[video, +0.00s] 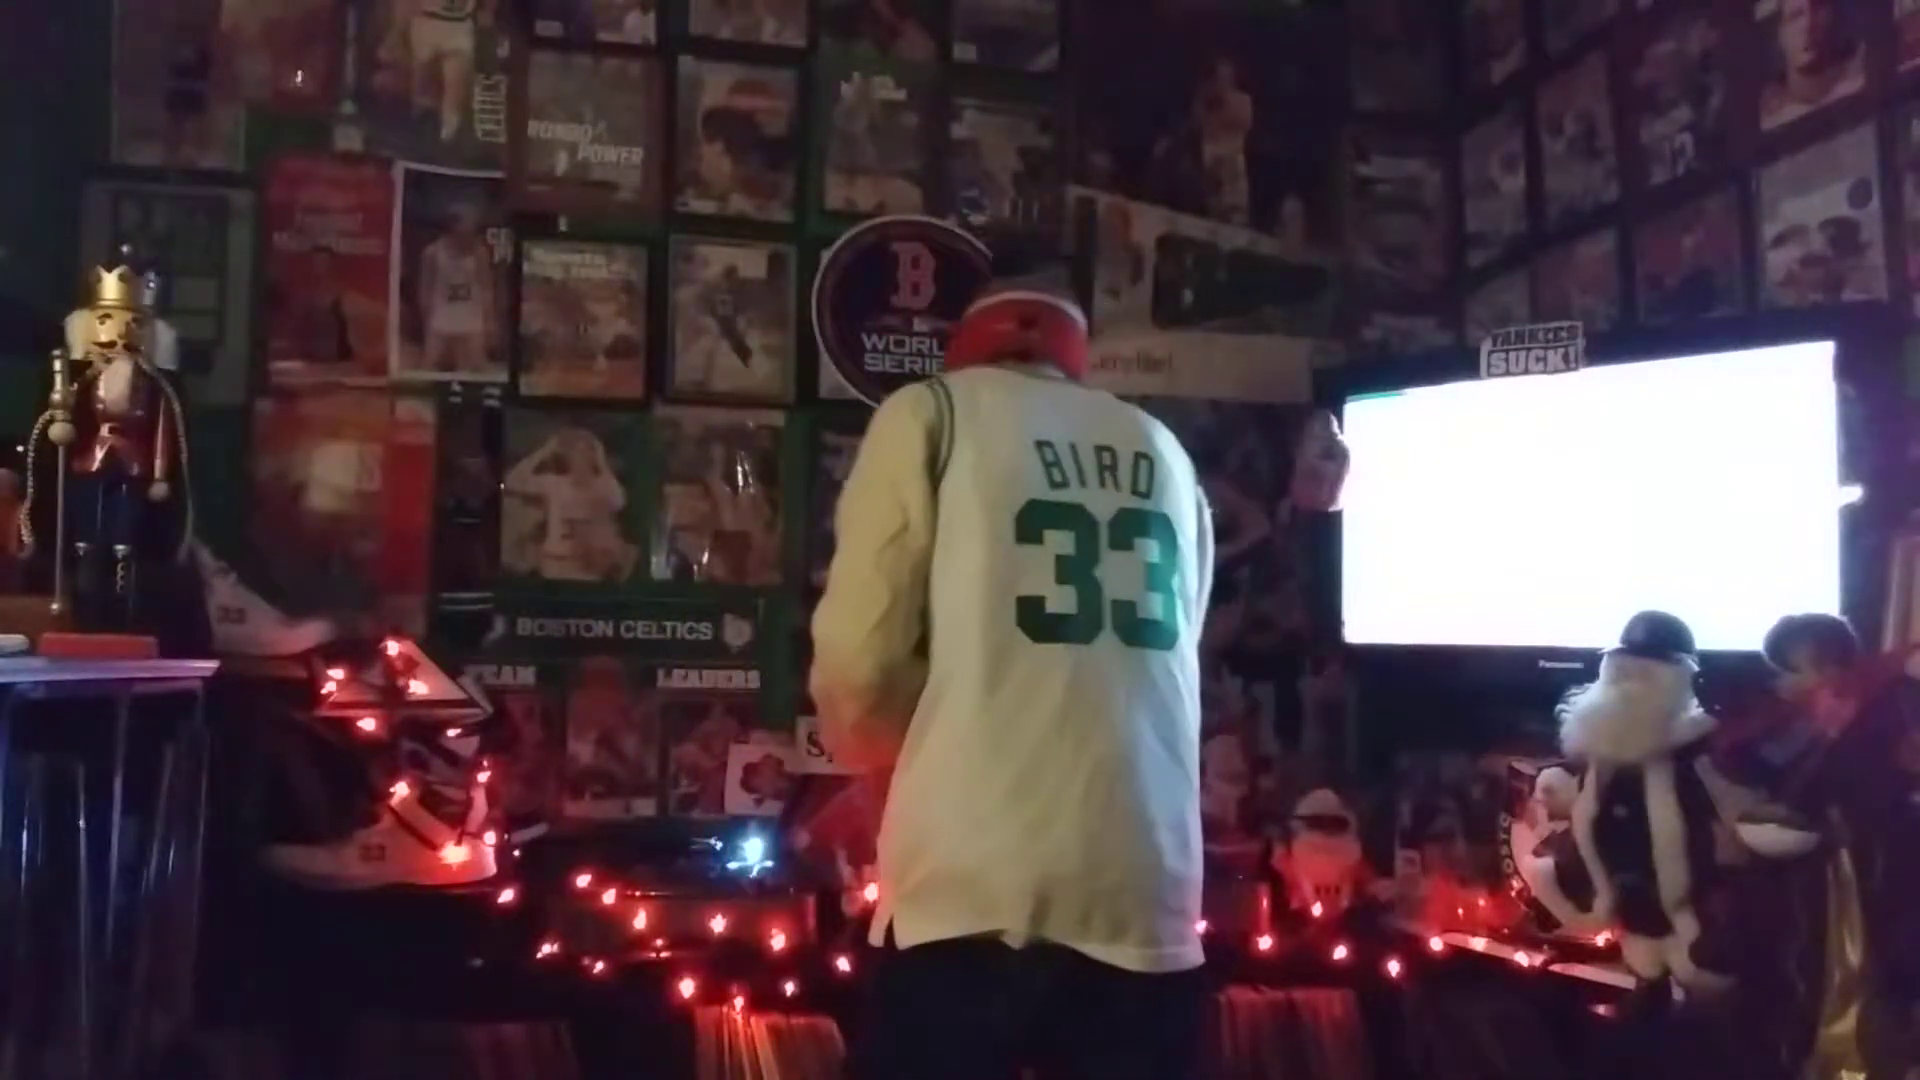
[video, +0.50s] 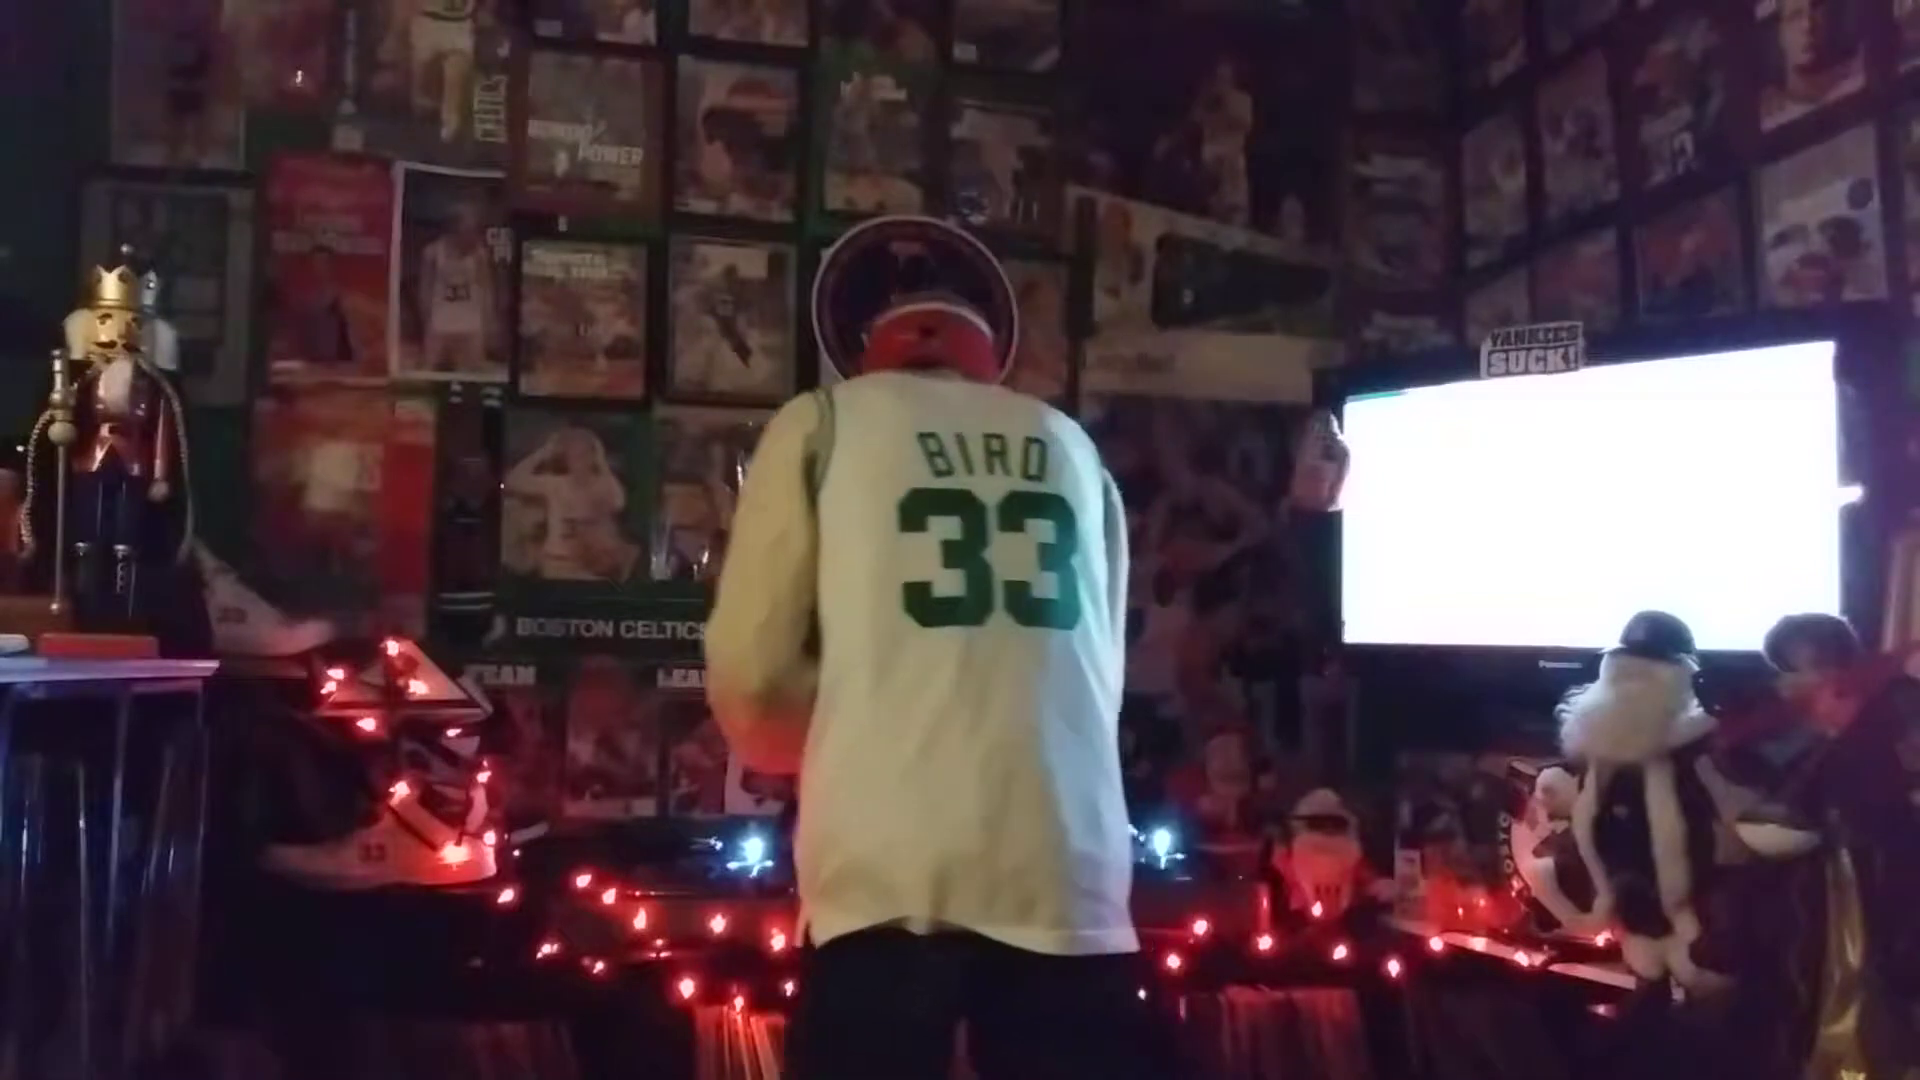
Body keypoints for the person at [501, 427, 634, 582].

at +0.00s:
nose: (578, 470)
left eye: (586, 465)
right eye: (572, 463)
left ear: (594, 463)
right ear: (563, 462)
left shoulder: (601, 486)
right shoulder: (553, 483)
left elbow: (617, 502)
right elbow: (513, 482)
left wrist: (602, 464)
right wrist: (545, 452)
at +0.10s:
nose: (576, 462)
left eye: (582, 455)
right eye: (570, 457)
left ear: (592, 457)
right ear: (562, 460)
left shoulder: (600, 484)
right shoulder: (554, 485)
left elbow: (617, 502)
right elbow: (513, 482)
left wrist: (602, 464)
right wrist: (543, 453)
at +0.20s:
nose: (576, 461)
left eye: (582, 455)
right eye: (571, 456)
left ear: (592, 456)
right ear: (563, 458)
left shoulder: (601, 484)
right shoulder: (554, 485)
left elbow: (617, 503)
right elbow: (513, 482)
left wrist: (602, 464)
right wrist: (543, 453)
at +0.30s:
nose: (577, 459)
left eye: (582, 453)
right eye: (572, 454)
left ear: (592, 455)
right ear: (564, 457)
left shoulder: (601, 484)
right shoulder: (555, 485)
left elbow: (617, 503)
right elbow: (513, 482)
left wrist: (602, 464)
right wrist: (543, 453)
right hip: (557, 563)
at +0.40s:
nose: (577, 459)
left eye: (582, 453)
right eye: (572, 453)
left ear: (592, 455)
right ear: (564, 457)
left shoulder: (601, 484)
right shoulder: (555, 485)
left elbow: (617, 503)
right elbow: (513, 482)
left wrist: (602, 464)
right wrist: (543, 453)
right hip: (557, 563)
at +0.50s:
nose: (577, 459)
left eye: (582, 453)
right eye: (572, 454)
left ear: (592, 455)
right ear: (564, 457)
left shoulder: (602, 484)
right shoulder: (555, 484)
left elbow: (617, 503)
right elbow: (513, 482)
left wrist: (602, 464)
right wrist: (544, 453)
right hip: (557, 563)